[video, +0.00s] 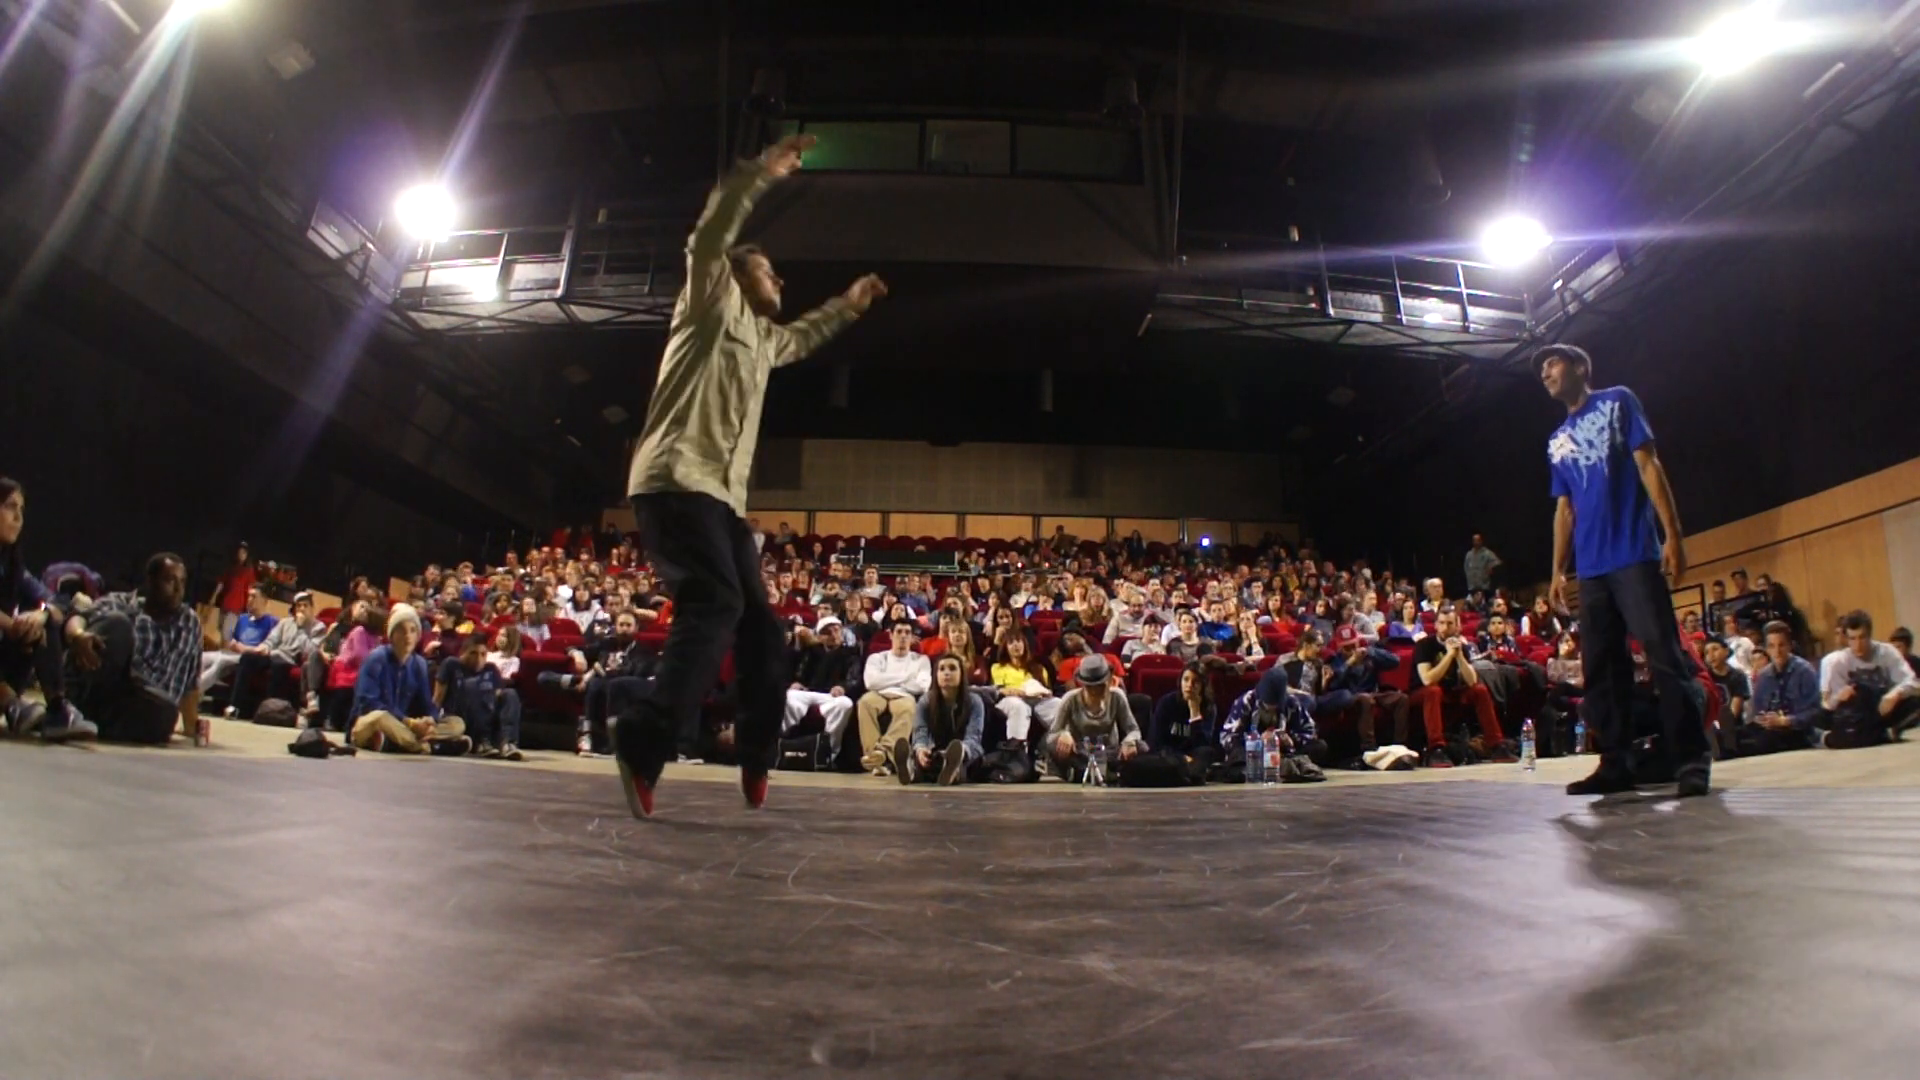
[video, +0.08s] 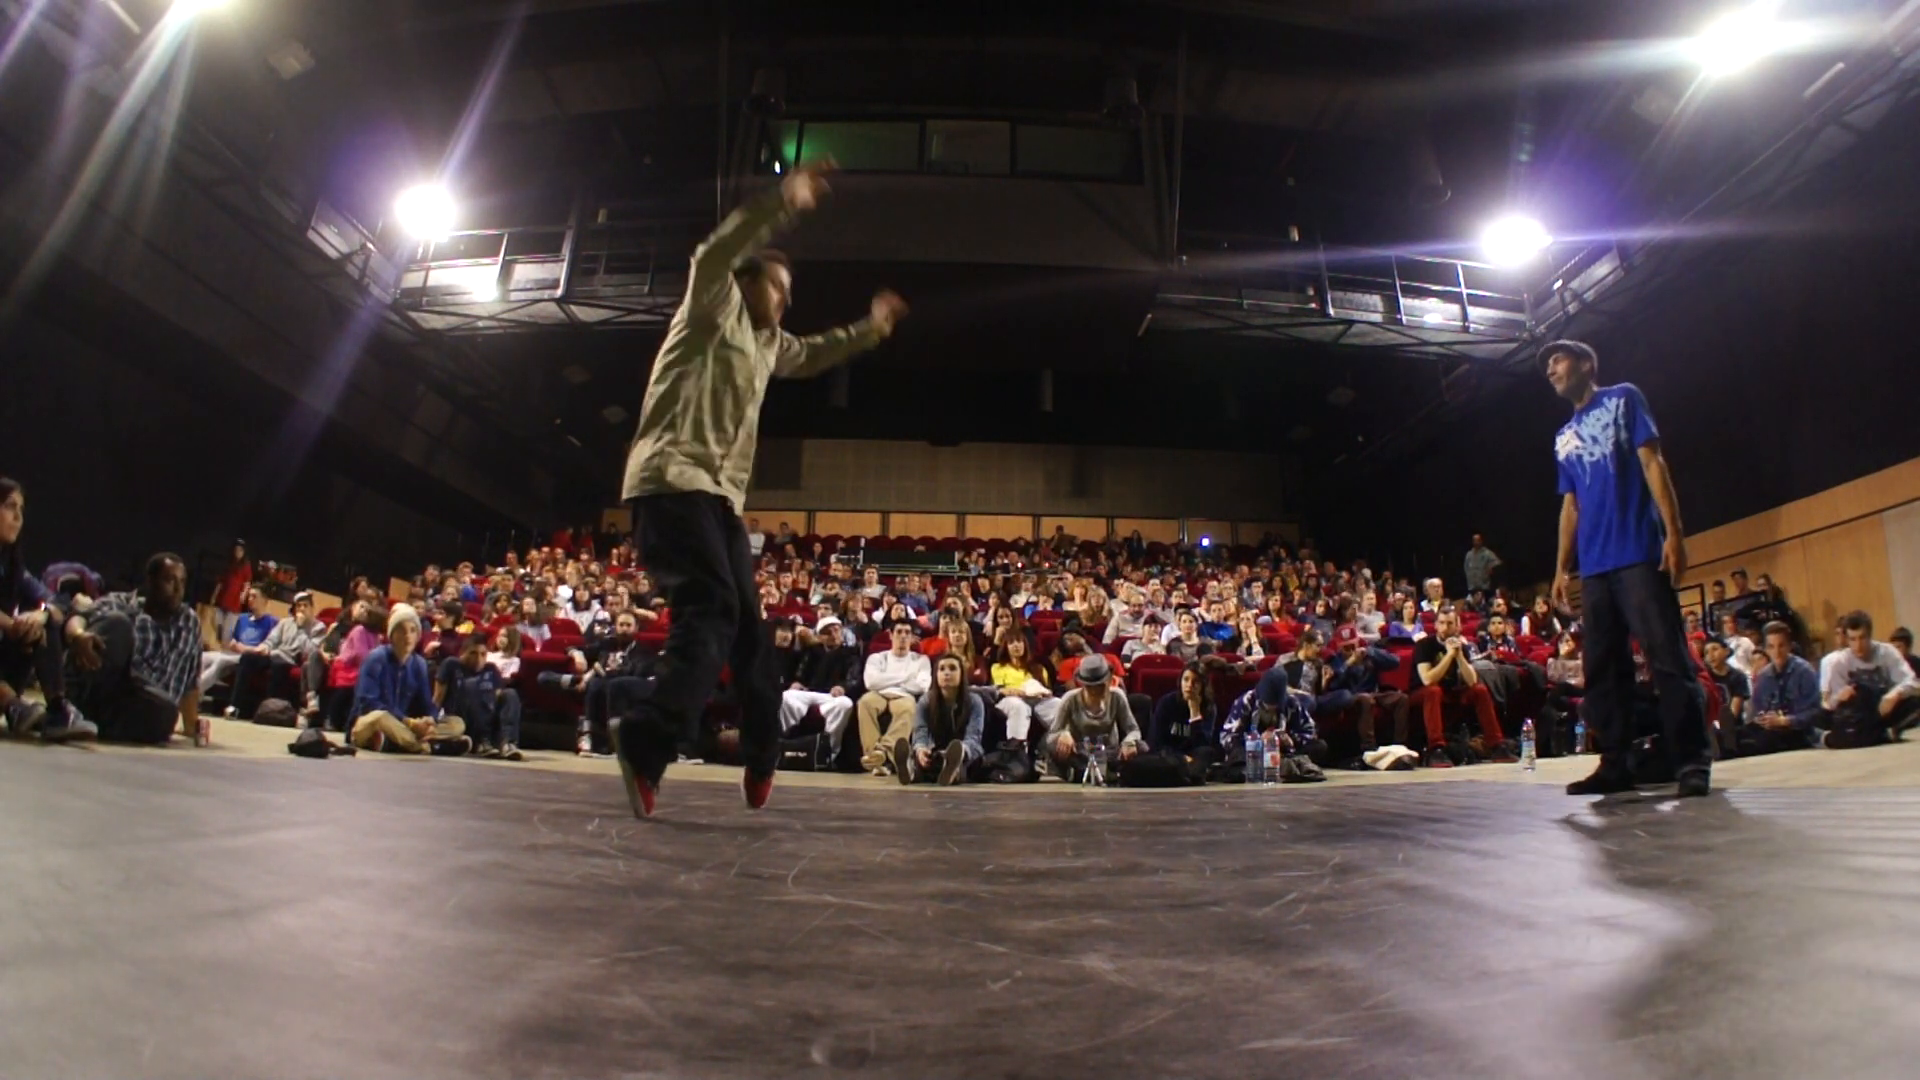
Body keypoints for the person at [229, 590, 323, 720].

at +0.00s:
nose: (302, 609)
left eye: (306, 606)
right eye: (299, 606)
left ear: (312, 609)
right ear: (294, 609)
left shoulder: (319, 628)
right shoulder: (286, 623)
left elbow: (310, 652)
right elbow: (271, 640)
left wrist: (301, 628)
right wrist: (264, 648)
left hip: (292, 661)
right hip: (273, 656)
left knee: (277, 666)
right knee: (248, 657)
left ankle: (271, 709)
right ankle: (235, 705)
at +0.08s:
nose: (302, 609)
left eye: (306, 606)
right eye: (299, 606)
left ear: (312, 609)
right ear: (294, 609)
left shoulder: (319, 628)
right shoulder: (286, 623)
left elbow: (310, 652)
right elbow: (271, 640)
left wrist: (301, 628)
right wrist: (264, 648)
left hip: (292, 661)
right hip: (273, 656)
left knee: (277, 666)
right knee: (248, 657)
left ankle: (271, 709)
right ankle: (235, 705)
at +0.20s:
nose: (302, 609)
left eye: (306, 606)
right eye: (299, 606)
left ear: (313, 609)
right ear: (294, 609)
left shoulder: (319, 628)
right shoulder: (286, 623)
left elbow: (310, 651)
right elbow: (271, 640)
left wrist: (301, 628)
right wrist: (264, 647)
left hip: (292, 661)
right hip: (273, 656)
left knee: (277, 666)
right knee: (248, 657)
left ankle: (272, 709)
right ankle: (235, 706)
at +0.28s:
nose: (302, 609)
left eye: (306, 606)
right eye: (299, 606)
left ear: (313, 609)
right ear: (294, 609)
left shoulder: (319, 628)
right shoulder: (286, 623)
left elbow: (310, 651)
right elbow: (271, 640)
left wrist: (301, 628)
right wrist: (265, 647)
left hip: (292, 661)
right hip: (273, 656)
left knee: (278, 666)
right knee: (247, 657)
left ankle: (272, 709)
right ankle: (235, 706)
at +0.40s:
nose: (302, 609)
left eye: (306, 606)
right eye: (299, 606)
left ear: (313, 609)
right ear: (294, 609)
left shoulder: (319, 628)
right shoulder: (285, 623)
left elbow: (310, 651)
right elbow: (271, 640)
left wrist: (301, 628)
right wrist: (265, 647)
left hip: (293, 661)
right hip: (274, 656)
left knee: (278, 666)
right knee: (247, 657)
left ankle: (272, 709)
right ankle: (235, 705)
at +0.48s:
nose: (302, 609)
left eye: (306, 606)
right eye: (299, 606)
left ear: (312, 609)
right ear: (294, 609)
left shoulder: (319, 628)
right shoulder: (286, 623)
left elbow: (310, 651)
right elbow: (271, 640)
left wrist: (301, 628)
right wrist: (264, 648)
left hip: (292, 661)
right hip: (273, 656)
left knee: (277, 666)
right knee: (248, 657)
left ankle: (271, 709)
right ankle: (235, 705)